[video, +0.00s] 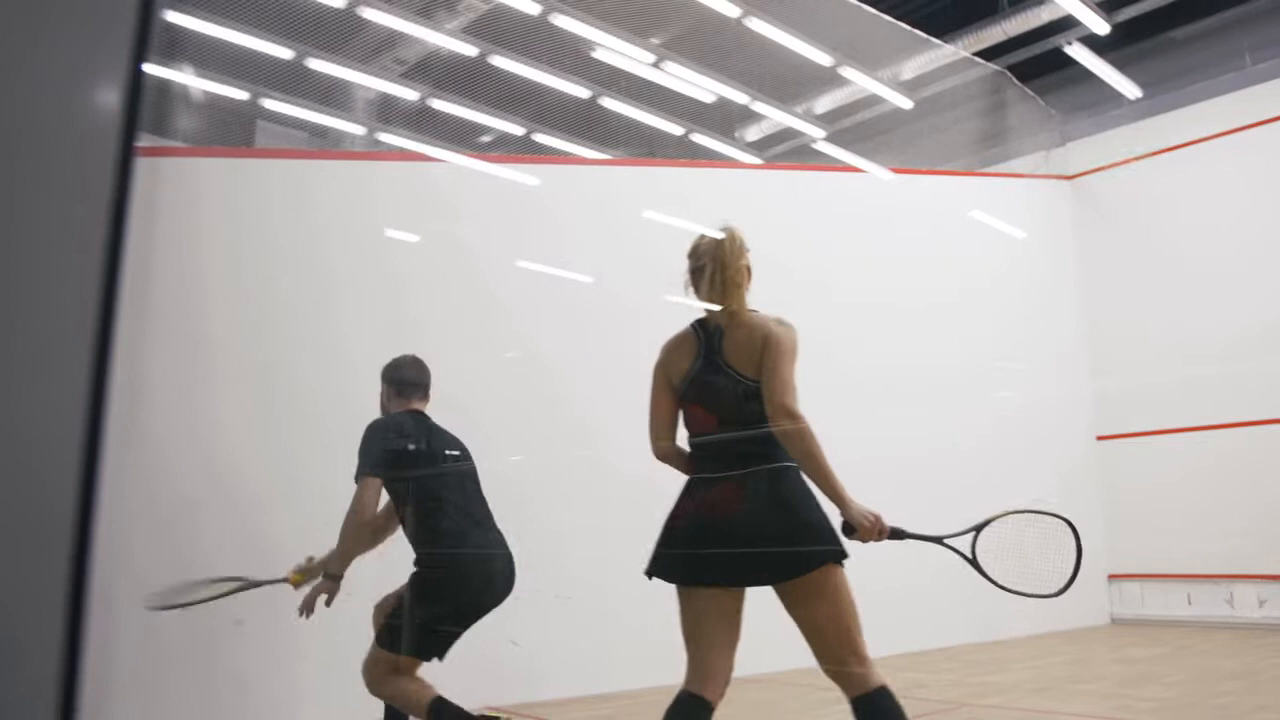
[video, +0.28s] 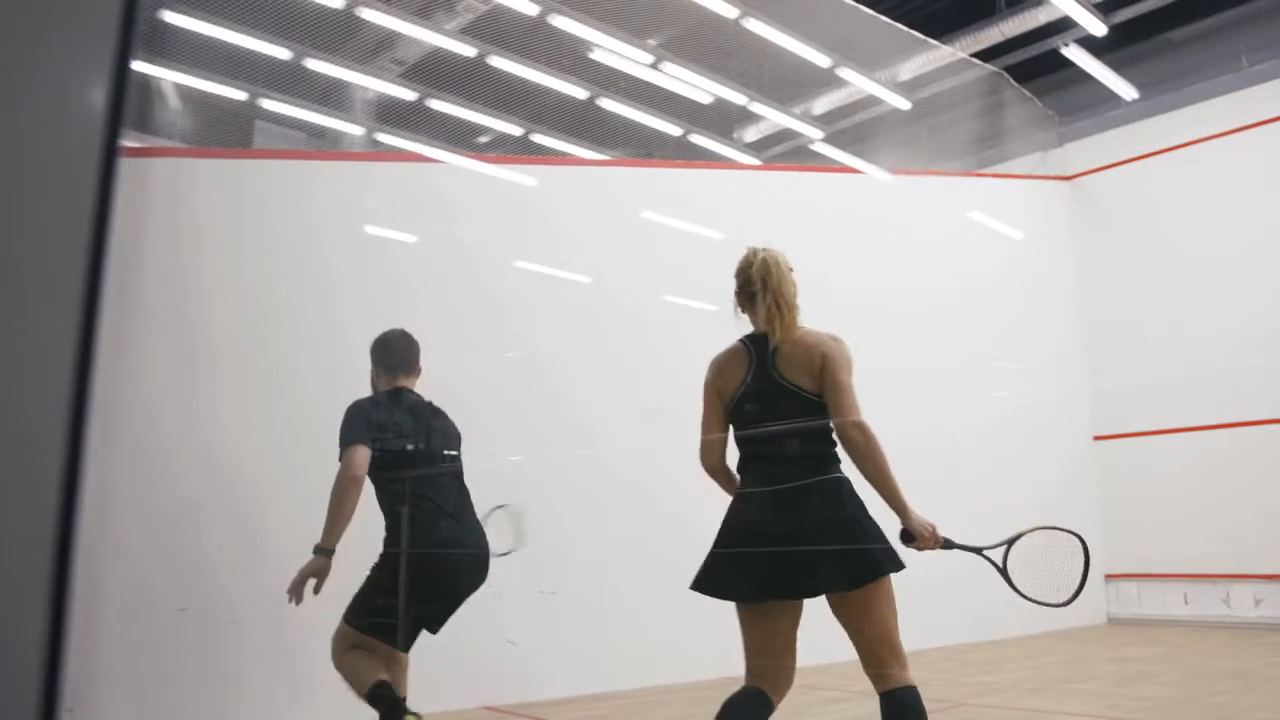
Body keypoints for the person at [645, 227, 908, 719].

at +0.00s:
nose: (750, 271)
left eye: (743, 265)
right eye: (748, 265)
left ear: (695, 278)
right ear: (746, 271)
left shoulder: (674, 351)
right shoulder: (774, 334)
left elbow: (664, 447)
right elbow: (784, 418)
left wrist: (719, 473)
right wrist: (847, 505)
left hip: (704, 517)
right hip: (778, 512)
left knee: (702, 683)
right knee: (853, 670)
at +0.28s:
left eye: (742, 294)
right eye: (792, 285)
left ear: (741, 301)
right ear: (793, 292)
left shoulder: (723, 367)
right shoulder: (826, 349)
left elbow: (713, 460)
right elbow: (850, 428)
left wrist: (755, 500)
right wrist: (907, 514)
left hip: (759, 529)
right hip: (833, 523)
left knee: (765, 681)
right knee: (889, 672)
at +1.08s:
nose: (779, 313)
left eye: (736, 310)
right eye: (777, 305)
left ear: (732, 316)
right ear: (779, 310)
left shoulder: (707, 376)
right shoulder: (801, 369)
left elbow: (690, 451)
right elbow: (836, 444)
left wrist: (687, 518)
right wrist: (890, 508)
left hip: (727, 525)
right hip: (792, 520)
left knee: (744, 650)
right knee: (849, 660)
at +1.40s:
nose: (738, 308)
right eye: (737, 300)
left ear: (689, 305)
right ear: (736, 304)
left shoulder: (662, 363)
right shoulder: (756, 362)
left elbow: (641, 437)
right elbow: (802, 429)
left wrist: (636, 497)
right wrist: (852, 486)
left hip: (682, 513)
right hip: (746, 506)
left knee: (707, 641)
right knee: (782, 637)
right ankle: (808, 715)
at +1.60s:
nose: (712, 299)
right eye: (711, 292)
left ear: (662, 299)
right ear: (709, 298)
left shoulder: (641, 350)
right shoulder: (738, 356)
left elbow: (623, 426)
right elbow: (792, 422)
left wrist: (605, 484)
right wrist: (831, 475)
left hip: (657, 495)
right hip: (722, 492)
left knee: (667, 632)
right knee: (733, 630)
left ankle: (671, 717)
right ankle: (755, 716)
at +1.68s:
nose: (651, 310)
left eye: (652, 302)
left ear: (651, 305)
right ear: (698, 306)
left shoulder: (633, 354)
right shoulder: (726, 361)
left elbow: (616, 428)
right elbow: (782, 426)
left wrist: (590, 490)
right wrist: (821, 480)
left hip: (648, 497)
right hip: (713, 495)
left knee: (645, 633)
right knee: (721, 631)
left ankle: (647, 717)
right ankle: (746, 716)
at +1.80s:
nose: (638, 322)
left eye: (634, 313)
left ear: (633, 318)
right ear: (678, 317)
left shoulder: (613, 370)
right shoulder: (699, 370)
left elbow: (589, 438)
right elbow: (754, 433)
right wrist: (794, 490)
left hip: (637, 505)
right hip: (701, 506)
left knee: (609, 628)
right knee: (710, 633)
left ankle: (611, 711)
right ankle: (740, 714)